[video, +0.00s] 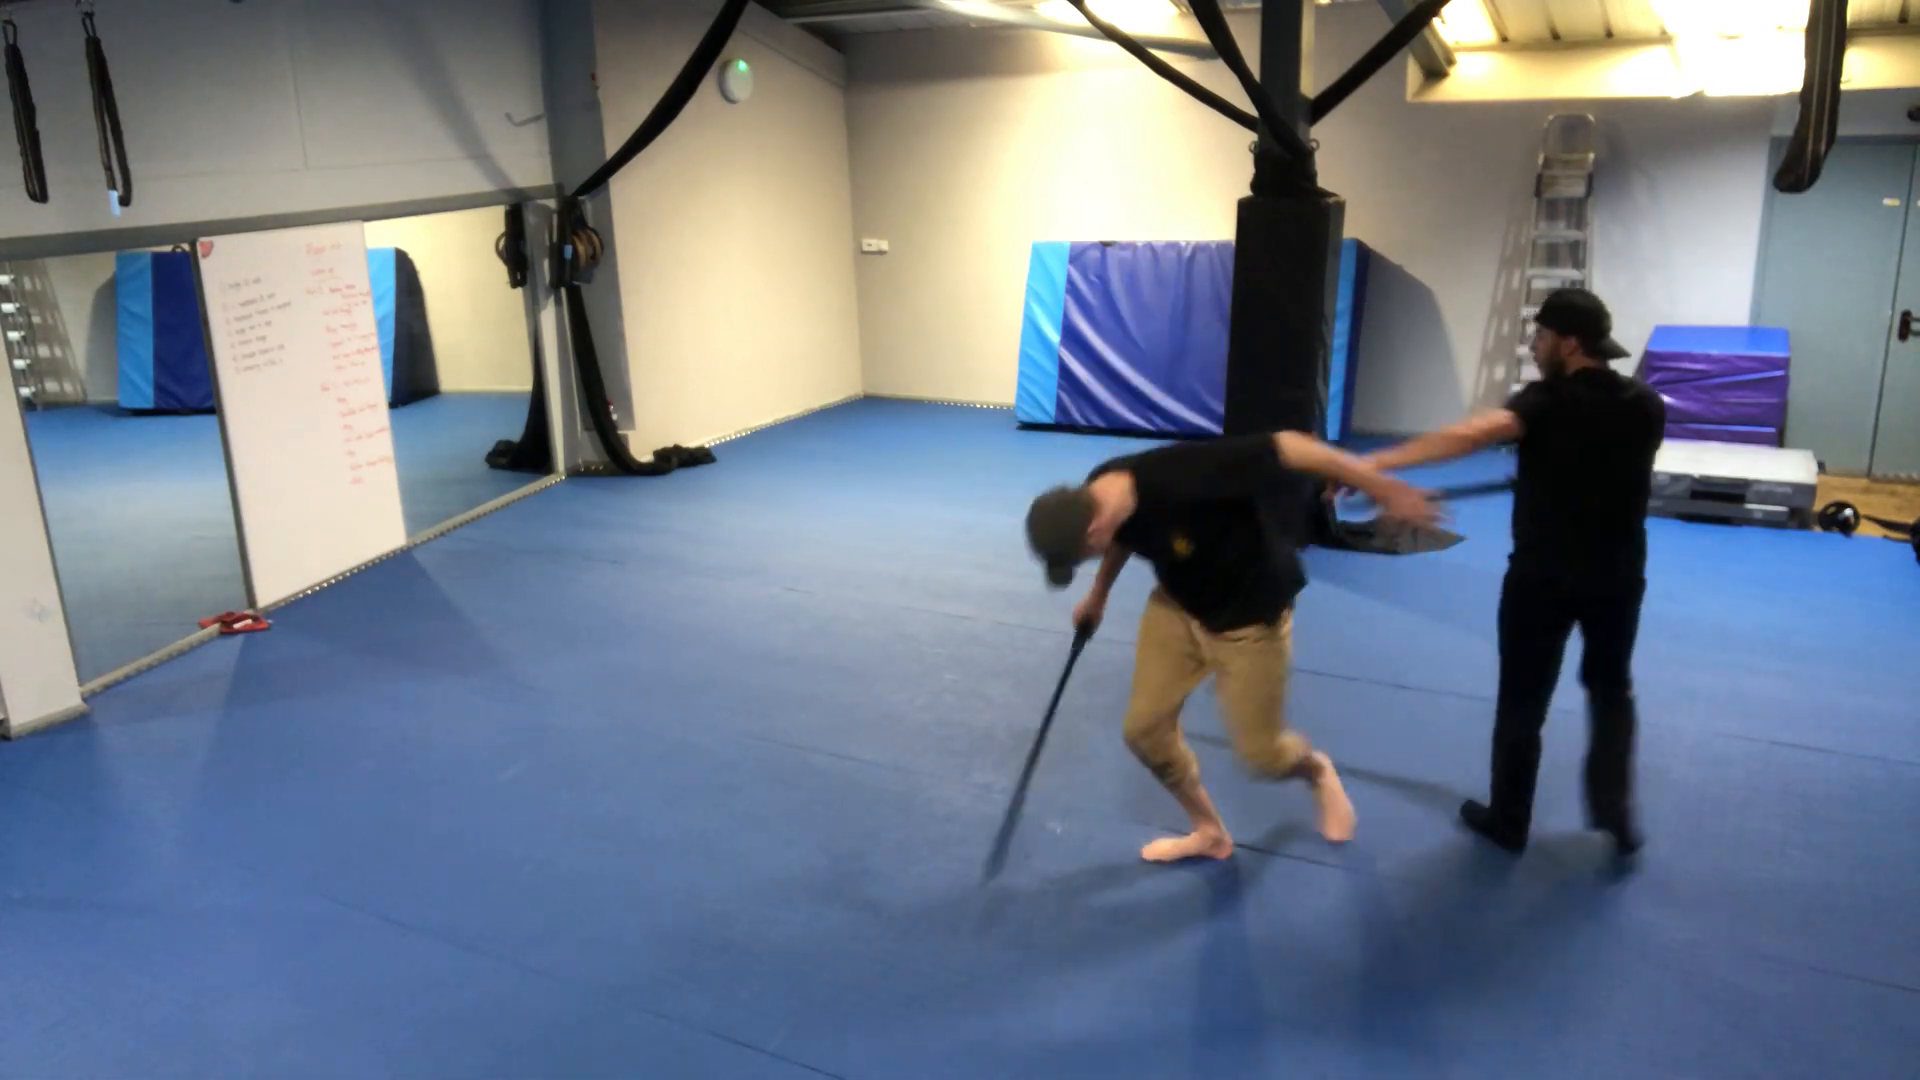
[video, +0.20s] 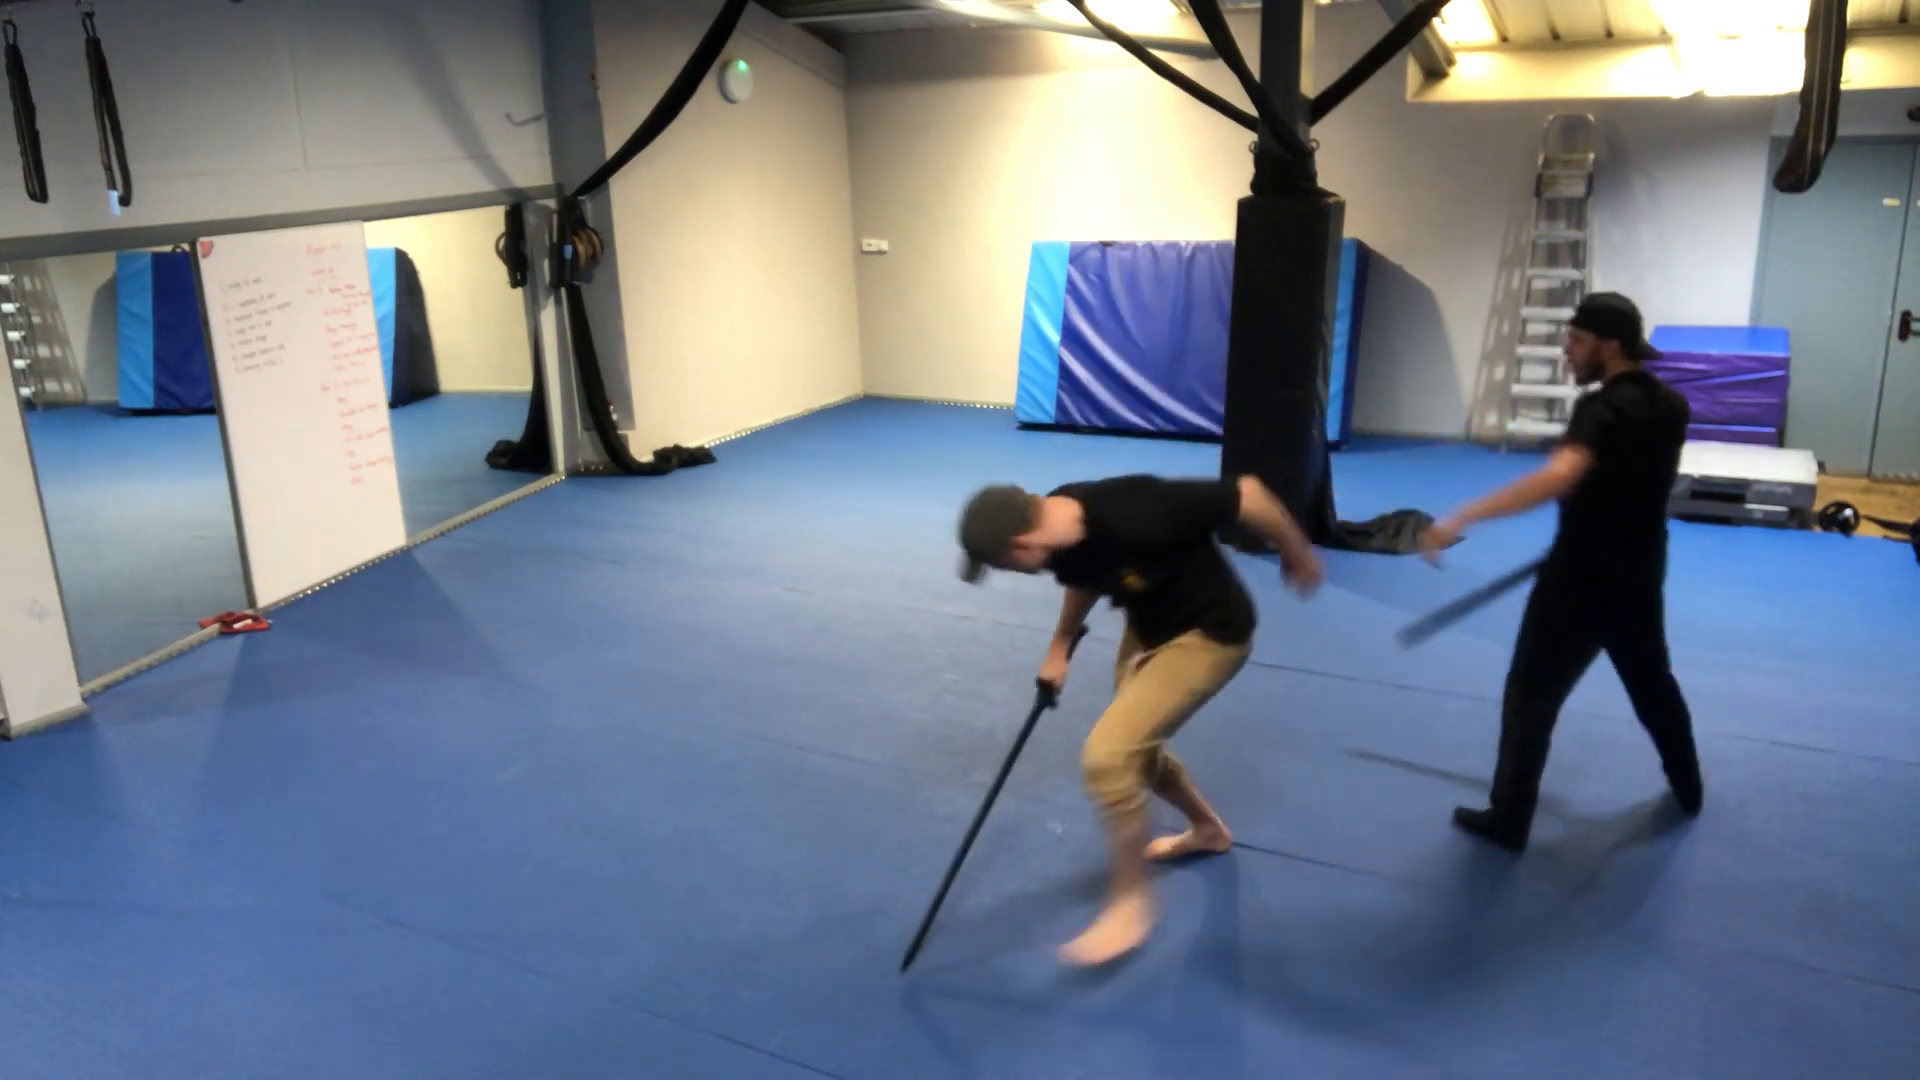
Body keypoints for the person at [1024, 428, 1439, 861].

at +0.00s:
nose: (1096, 556)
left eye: (1091, 550)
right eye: (1088, 555)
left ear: (1095, 525)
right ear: (1093, 526)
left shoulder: (1180, 475)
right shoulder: (1106, 496)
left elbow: (1286, 446)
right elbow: (1124, 539)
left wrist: (1383, 488)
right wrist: (1097, 595)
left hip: (1250, 618)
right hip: (1177, 606)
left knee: (1261, 754)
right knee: (1145, 731)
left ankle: (1320, 771)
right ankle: (1209, 830)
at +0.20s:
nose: (1020, 572)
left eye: (1011, 565)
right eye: (1011, 568)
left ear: (1022, 544)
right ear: (1023, 536)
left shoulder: (1133, 508)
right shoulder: (1059, 538)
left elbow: (1249, 495)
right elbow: (1085, 581)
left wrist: (1299, 553)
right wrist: (1060, 650)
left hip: (1211, 630)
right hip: (1146, 630)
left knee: (1106, 756)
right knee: (1131, 743)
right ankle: (1207, 828)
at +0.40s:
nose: (934, 525)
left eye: (931, 515)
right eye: (932, 514)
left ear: (942, 519)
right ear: (995, 482)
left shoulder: (1052, 552)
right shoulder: (1027, 541)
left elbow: (1164, 629)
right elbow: (1069, 630)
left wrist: (1203, 741)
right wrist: (1027, 703)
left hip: (1152, 707)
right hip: (1111, 695)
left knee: (1029, 838)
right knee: (1088, 802)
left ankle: (1041, 991)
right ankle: (1188, 847)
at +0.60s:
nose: (940, 497)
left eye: (938, 486)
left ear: (942, 493)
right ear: (1008, 466)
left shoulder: (998, 550)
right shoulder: (1067, 514)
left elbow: (1054, 652)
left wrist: (1017, 798)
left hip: (1128, 744)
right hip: (1181, 723)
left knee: (1000, 861)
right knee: (1080, 852)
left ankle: (1040, 994)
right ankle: (1176, 1001)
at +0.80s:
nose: (1092, 473)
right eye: (1093, 465)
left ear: (1021, 474)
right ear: (1087, 470)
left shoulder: (1007, 542)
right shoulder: (1142, 538)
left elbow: (1006, 643)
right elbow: (1198, 664)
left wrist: (954, 794)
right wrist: (1128, 726)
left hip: (1077, 786)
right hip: (1180, 781)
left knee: (994, 872)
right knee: (1157, 951)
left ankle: (1042, 998)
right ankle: (1158, 1073)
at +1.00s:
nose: (1178, 488)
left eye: (1178, 480)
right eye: (1179, 480)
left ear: (1098, 474)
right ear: (1168, 482)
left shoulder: (1032, 542)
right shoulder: (1197, 566)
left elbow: (943, 650)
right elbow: (1254, 717)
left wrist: (889, 774)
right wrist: (1226, 790)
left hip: (1037, 811)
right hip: (1150, 822)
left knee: (1001, 892)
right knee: (1150, 982)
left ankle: (1042, 1014)